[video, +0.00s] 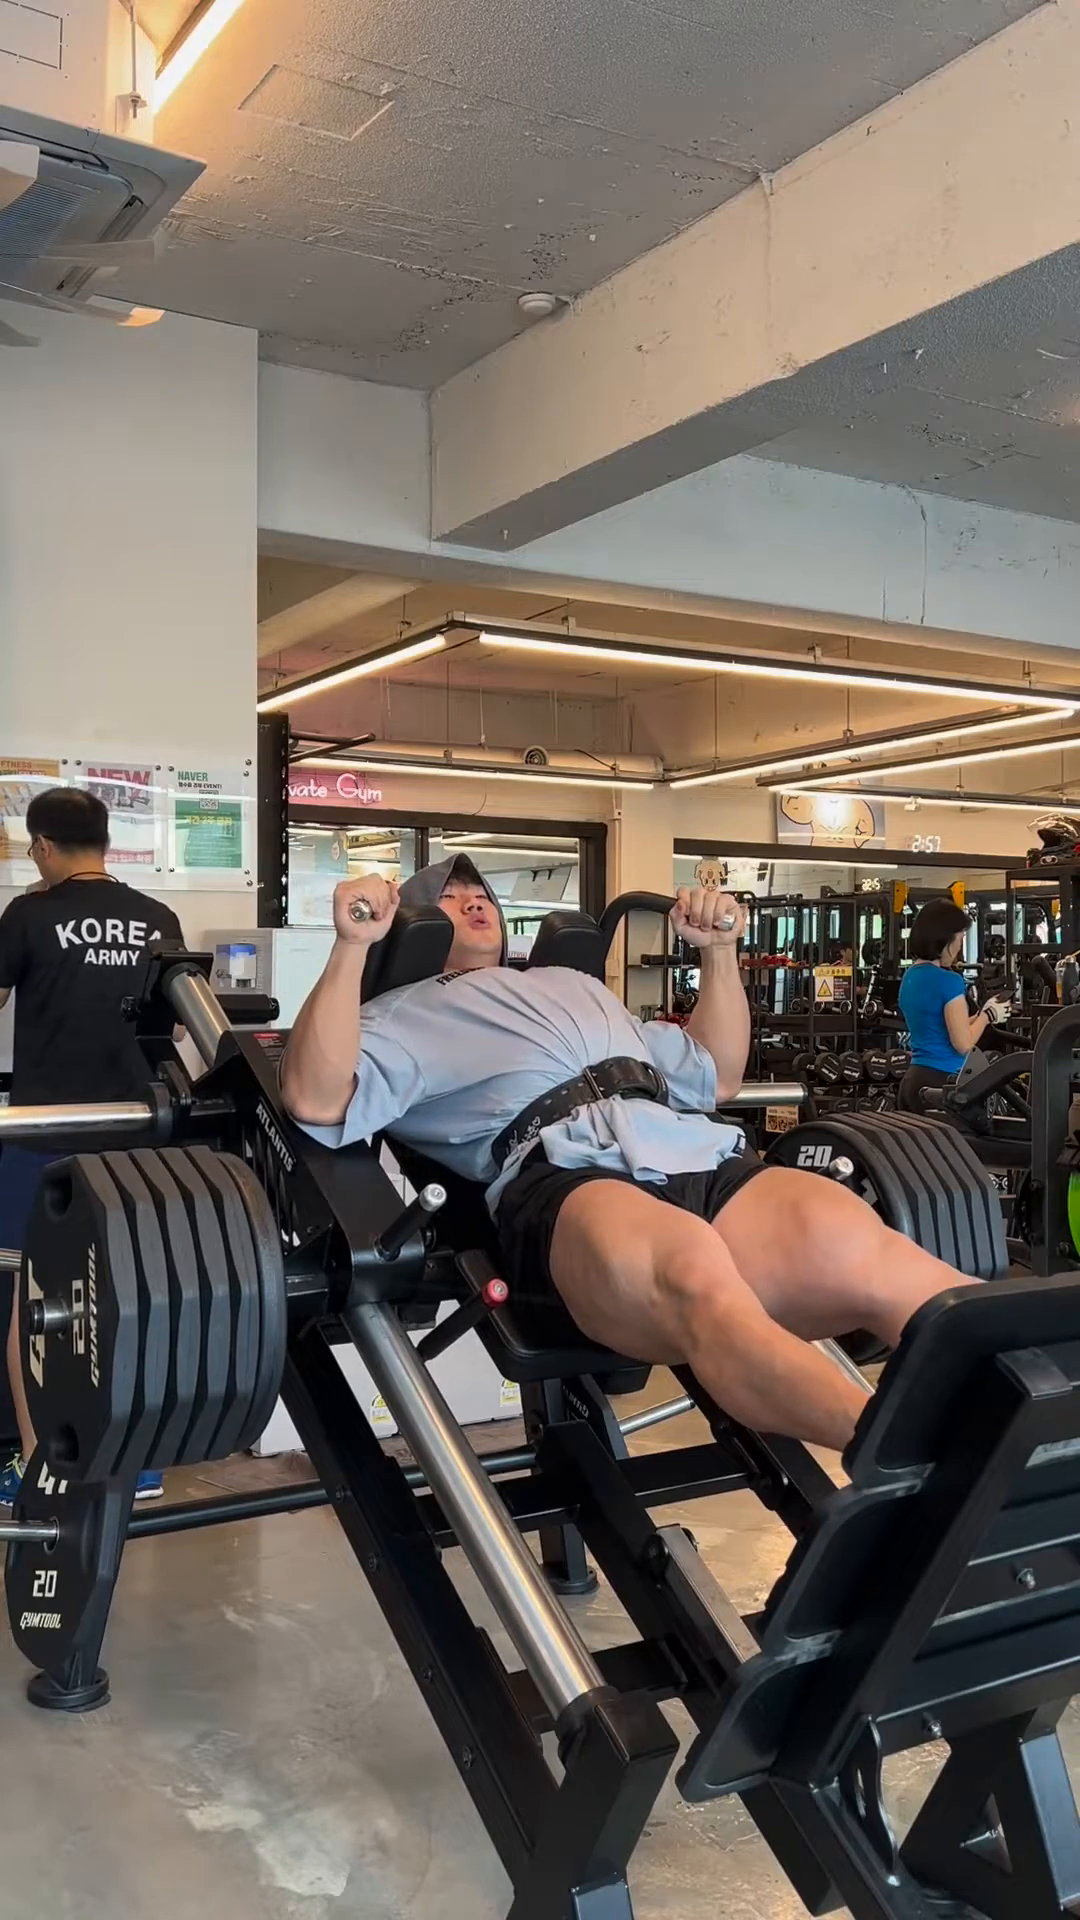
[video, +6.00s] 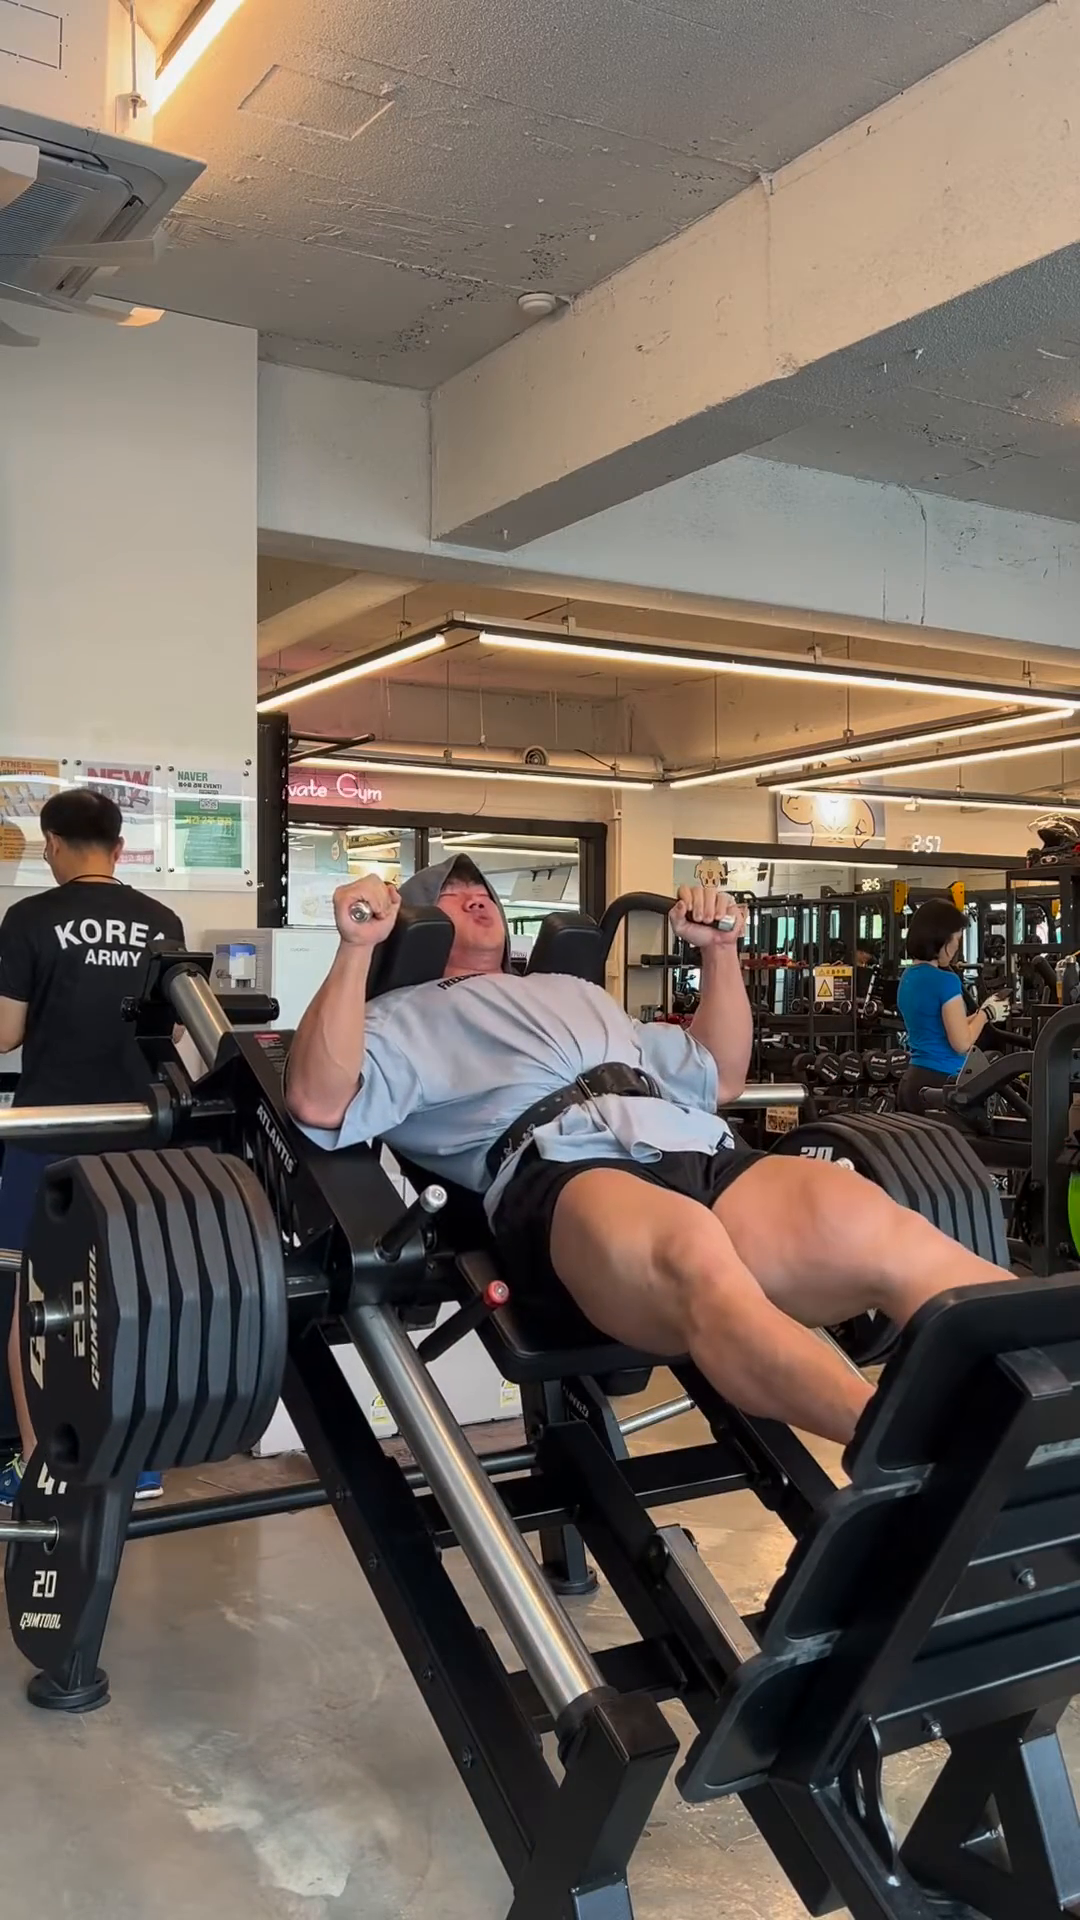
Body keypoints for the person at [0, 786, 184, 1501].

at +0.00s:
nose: (30, 860)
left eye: (31, 849)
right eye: (31, 849)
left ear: (43, 846)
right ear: (106, 846)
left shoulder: (29, 915)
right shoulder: (159, 917)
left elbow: (4, 984)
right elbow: (176, 1019)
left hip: (40, 1131)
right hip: (135, 1135)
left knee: (26, 1296)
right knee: (132, 1293)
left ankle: (35, 1454)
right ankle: (139, 1461)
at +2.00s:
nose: (49, 858)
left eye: (45, 848)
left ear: (48, 847)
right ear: (115, 848)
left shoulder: (25, 917)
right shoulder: (160, 917)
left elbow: (5, 1029)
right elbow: (175, 1020)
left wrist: (55, 1014)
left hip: (47, 1128)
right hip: (136, 1128)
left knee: (27, 1295)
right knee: (124, 1290)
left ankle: (41, 1462)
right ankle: (126, 1453)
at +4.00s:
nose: (45, 859)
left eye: (43, 848)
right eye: (47, 849)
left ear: (49, 846)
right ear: (115, 847)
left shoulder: (29, 920)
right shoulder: (163, 918)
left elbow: (7, 1031)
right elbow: (171, 1019)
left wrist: (62, 1014)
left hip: (50, 1132)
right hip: (138, 1133)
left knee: (26, 1299)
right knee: (131, 1292)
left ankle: (40, 1463)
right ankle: (136, 1455)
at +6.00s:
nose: (51, 857)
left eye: (49, 846)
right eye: (61, 847)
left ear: (51, 846)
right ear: (119, 848)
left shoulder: (31, 918)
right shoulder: (164, 921)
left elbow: (6, 1033)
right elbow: (176, 1029)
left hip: (46, 1139)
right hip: (138, 1141)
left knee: (30, 1299)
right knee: (135, 1297)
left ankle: (36, 1459)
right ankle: (139, 1465)